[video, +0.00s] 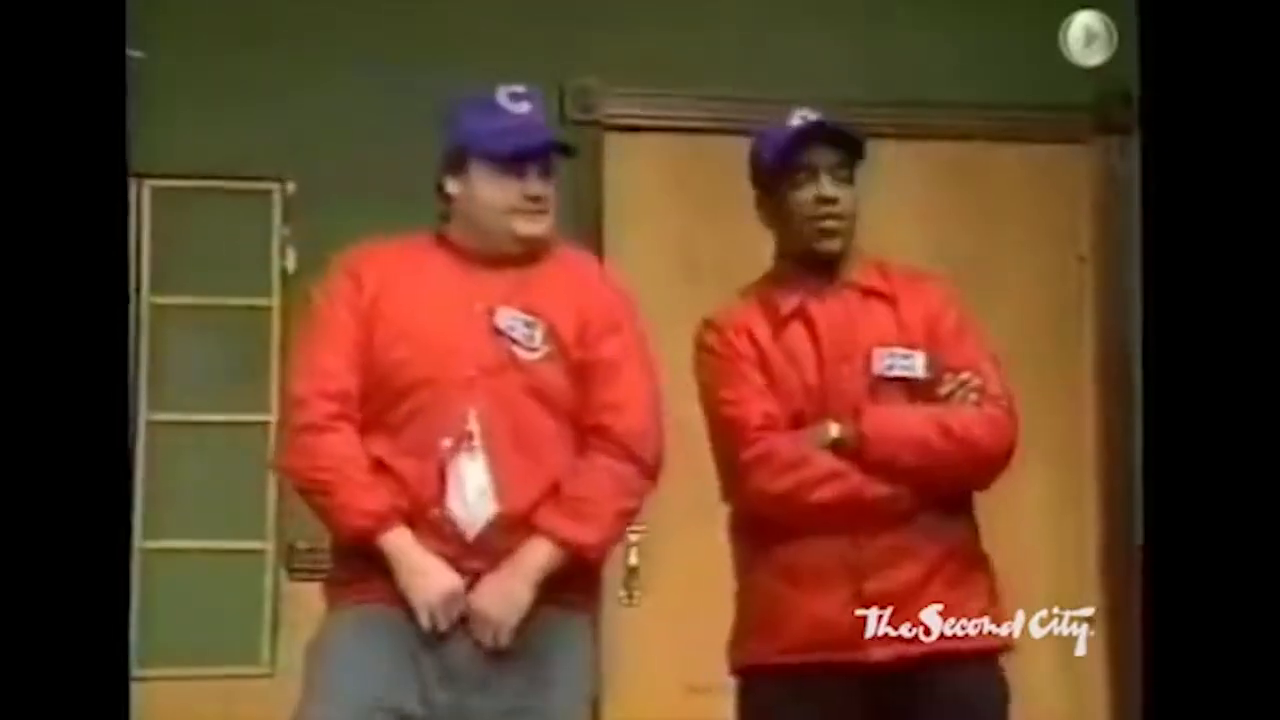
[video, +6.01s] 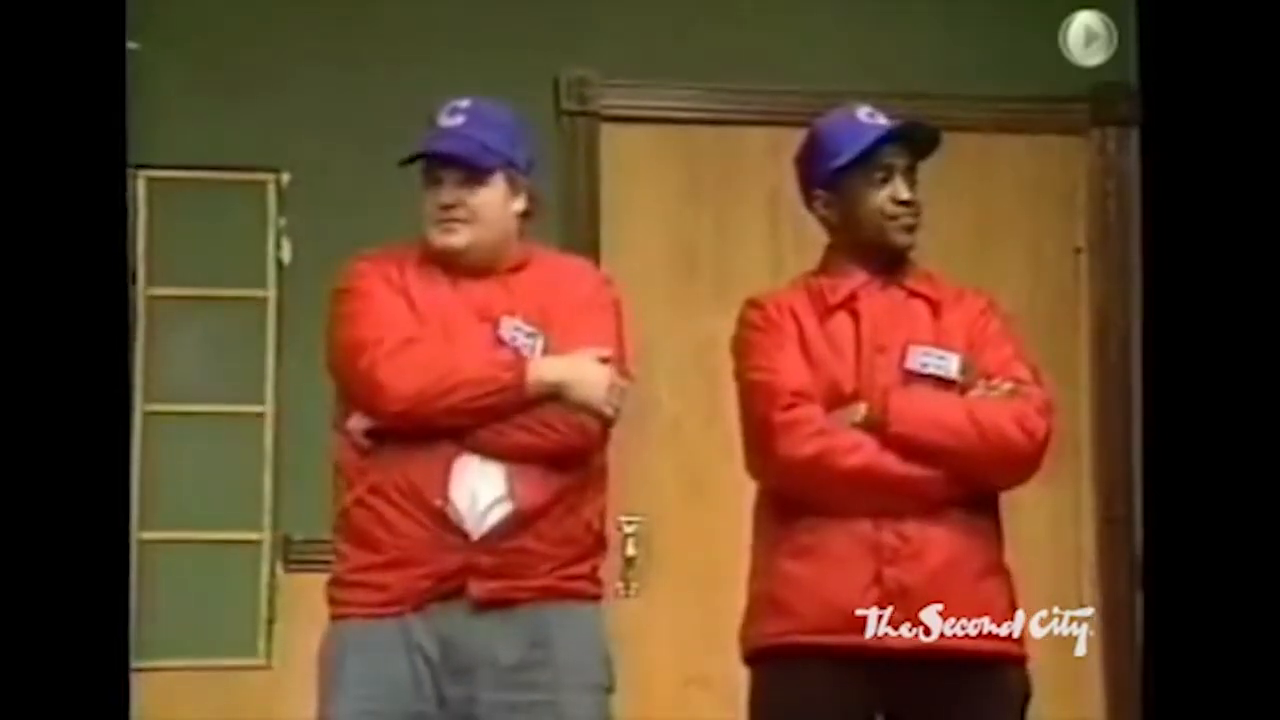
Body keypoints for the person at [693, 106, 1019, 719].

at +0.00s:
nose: (827, 194)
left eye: (840, 175)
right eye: (803, 179)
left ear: (858, 192)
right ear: (768, 203)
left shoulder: (924, 300)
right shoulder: (733, 331)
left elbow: (988, 437)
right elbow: (764, 483)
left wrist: (845, 436)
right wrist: (929, 458)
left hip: (942, 640)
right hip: (798, 655)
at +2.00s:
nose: (881, 198)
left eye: (904, 183)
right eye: (866, 181)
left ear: (933, 207)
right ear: (841, 201)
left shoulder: (989, 322)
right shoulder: (788, 319)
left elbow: (1035, 448)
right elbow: (797, 459)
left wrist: (891, 423)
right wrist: (973, 462)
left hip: (974, 646)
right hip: (825, 646)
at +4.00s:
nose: (839, 197)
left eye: (861, 178)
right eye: (828, 182)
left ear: (912, 193)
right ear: (817, 194)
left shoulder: (985, 307)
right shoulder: (783, 314)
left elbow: (1017, 437)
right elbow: (784, 456)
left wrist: (897, 374)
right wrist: (954, 457)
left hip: (967, 646)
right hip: (817, 649)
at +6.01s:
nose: (906, 195)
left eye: (910, 177)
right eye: (881, 179)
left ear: (921, 186)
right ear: (824, 203)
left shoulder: (970, 311)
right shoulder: (776, 316)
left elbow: (1021, 437)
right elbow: (788, 453)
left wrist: (878, 415)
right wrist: (963, 463)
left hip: (963, 642)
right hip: (814, 643)